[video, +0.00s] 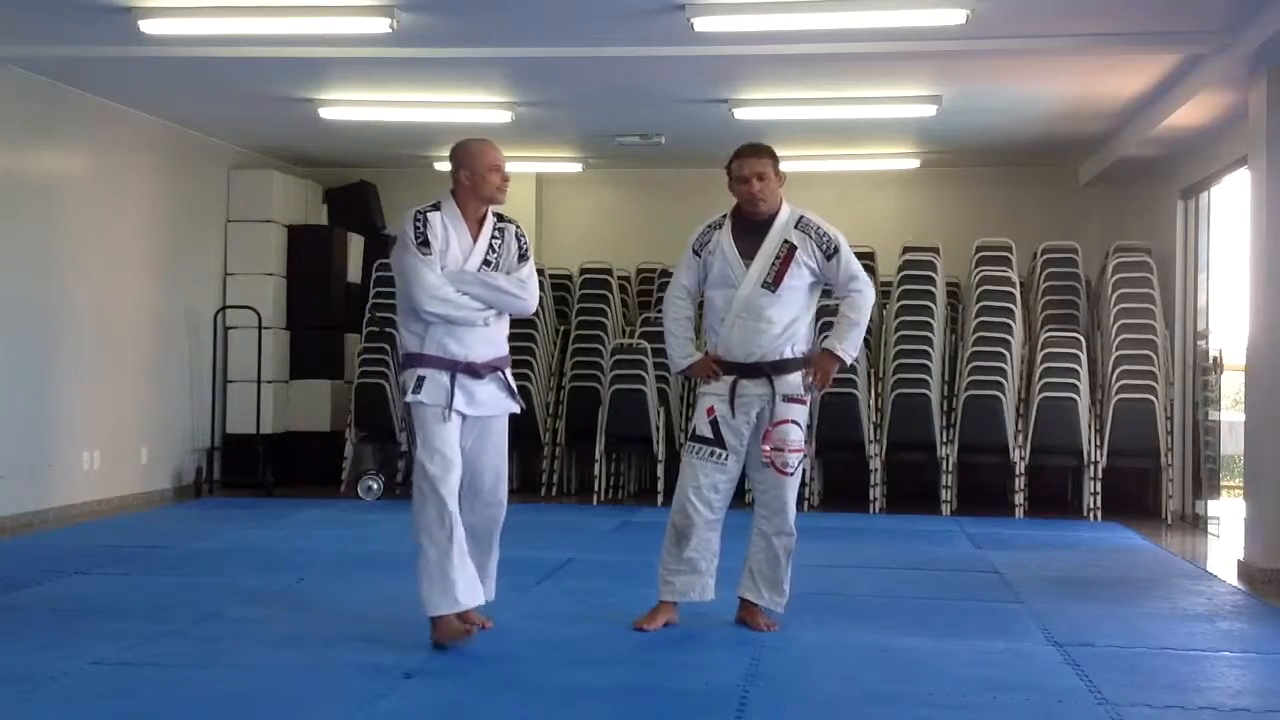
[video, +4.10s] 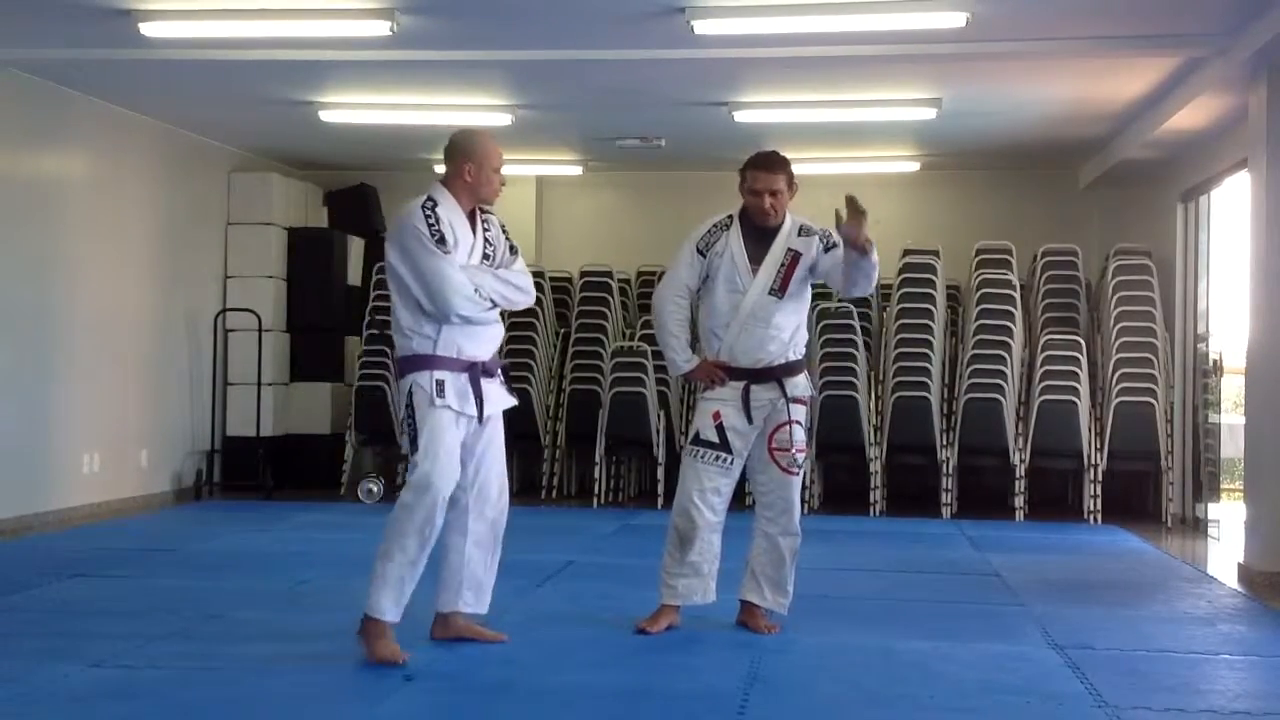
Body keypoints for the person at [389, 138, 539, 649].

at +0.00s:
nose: (506, 178)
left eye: (505, 170)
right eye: (495, 171)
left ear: (497, 177)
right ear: (462, 177)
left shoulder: (508, 232)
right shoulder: (424, 223)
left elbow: (529, 297)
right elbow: (426, 298)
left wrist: (453, 275)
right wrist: (493, 306)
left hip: (489, 376)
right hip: (433, 373)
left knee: (487, 491)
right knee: (440, 486)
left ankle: (468, 600)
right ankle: (443, 611)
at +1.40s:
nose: (463, 166)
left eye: (461, 158)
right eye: (455, 159)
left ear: (431, 168)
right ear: (424, 170)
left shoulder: (451, 213)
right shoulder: (395, 227)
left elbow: (483, 263)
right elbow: (439, 304)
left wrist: (505, 206)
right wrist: (495, 285)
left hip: (484, 372)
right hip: (434, 378)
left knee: (521, 479)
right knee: (444, 503)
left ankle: (418, 542)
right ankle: (447, 627)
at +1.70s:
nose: (448, 165)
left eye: (446, 157)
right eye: (440, 158)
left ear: (415, 166)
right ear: (411, 167)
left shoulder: (427, 216)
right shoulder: (389, 218)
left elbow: (466, 277)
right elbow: (439, 296)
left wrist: (488, 241)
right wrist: (479, 292)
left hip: (460, 373)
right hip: (428, 376)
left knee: (471, 490)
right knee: (444, 501)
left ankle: (364, 562)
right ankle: (446, 629)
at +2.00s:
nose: (431, 168)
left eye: (428, 158)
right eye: (420, 159)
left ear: (393, 168)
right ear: (388, 168)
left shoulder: (413, 219)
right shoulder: (359, 220)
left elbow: (469, 266)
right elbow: (413, 299)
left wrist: (432, 274)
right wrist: (448, 295)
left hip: (414, 376)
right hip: (382, 378)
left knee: (385, 497)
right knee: (414, 501)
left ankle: (322, 600)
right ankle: (440, 624)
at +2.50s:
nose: (411, 165)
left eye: (409, 157)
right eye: (402, 156)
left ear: (377, 165)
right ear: (369, 164)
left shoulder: (395, 223)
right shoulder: (341, 212)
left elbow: (435, 288)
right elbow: (380, 294)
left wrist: (387, 269)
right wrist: (418, 290)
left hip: (379, 374)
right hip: (347, 373)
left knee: (342, 493)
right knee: (364, 501)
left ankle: (309, 609)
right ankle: (356, 633)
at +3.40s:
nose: (433, 159)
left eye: (431, 150)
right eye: (423, 151)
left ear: (399, 156)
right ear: (391, 157)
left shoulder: (421, 212)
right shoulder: (360, 213)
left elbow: (455, 275)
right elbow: (402, 303)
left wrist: (406, 273)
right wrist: (438, 284)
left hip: (406, 375)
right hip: (360, 376)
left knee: (423, 490)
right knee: (363, 502)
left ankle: (374, 602)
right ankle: (348, 635)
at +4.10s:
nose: (502, 180)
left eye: (502, 170)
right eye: (497, 170)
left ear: (472, 171)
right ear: (466, 171)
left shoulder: (489, 224)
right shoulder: (416, 221)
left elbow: (525, 288)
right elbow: (451, 300)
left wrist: (465, 276)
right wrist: (499, 300)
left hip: (484, 375)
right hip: (432, 372)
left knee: (485, 494)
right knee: (432, 485)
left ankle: (455, 614)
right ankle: (378, 619)